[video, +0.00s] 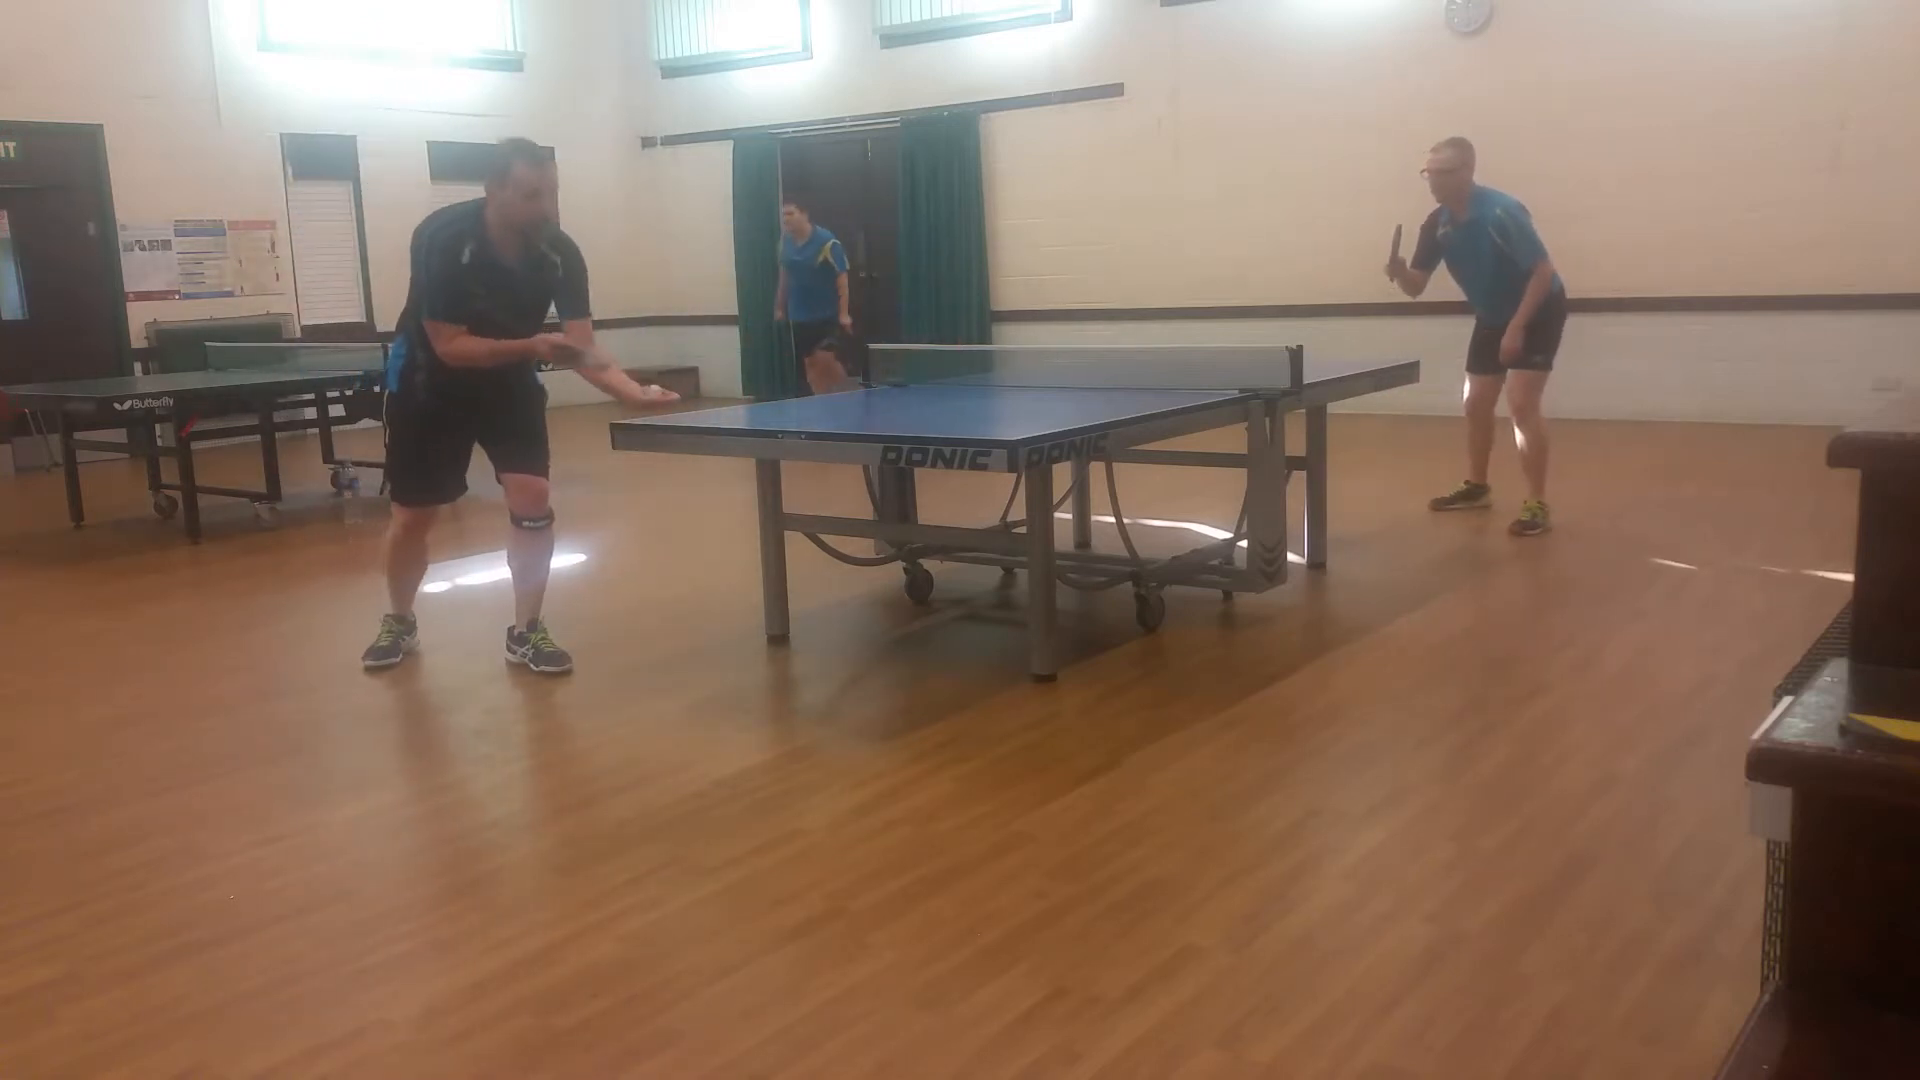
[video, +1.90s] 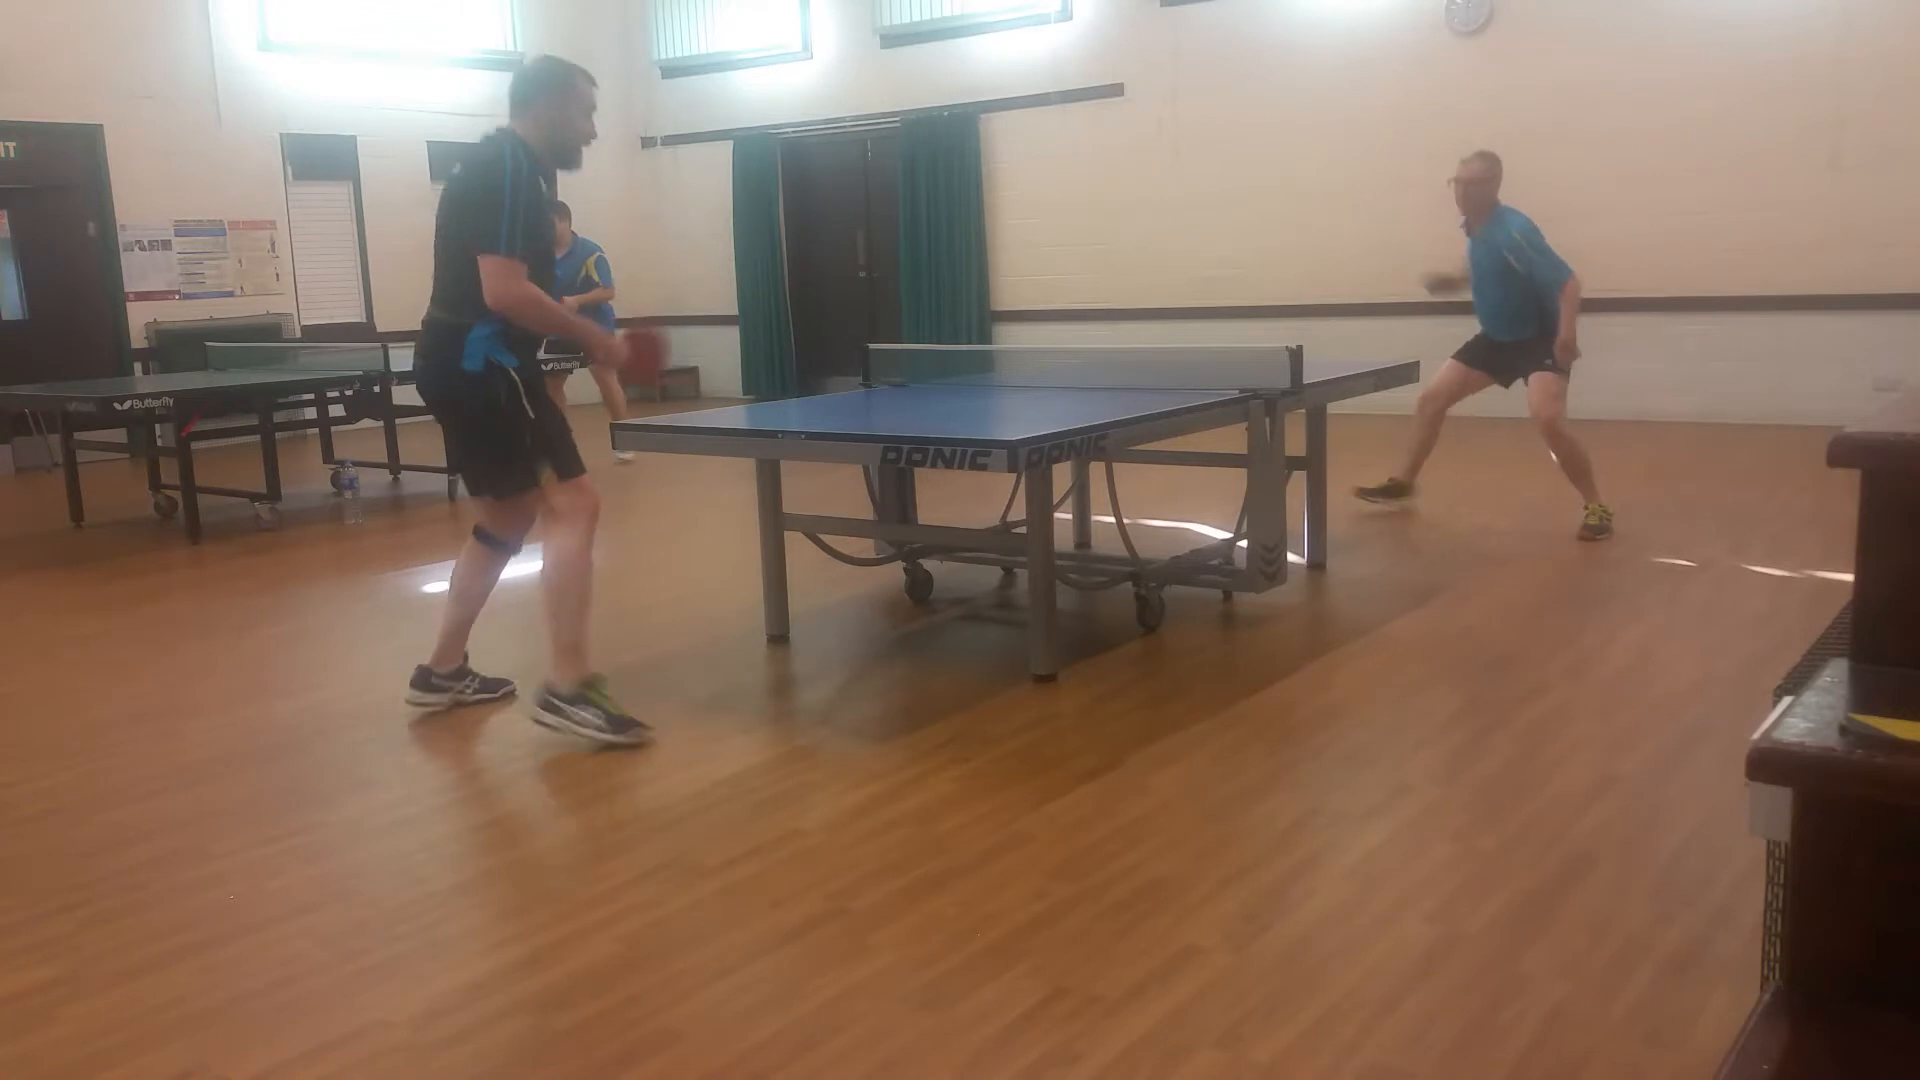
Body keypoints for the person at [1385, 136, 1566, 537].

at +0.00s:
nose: (1428, 181)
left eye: (1436, 174)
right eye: (1427, 174)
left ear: (1464, 174)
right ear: (1432, 176)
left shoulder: (1502, 211)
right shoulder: (1437, 224)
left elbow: (1543, 272)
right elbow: (1416, 285)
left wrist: (1516, 327)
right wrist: (1400, 273)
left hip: (1538, 307)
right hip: (1493, 313)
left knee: (1521, 403)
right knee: (1476, 403)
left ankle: (1536, 504)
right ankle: (1477, 486)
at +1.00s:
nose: (1426, 171)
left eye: (1435, 163)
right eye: (1424, 163)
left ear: (1462, 164)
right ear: (1426, 167)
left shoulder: (1498, 206)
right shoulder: (1436, 221)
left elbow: (1534, 271)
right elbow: (1428, 286)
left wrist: (1506, 326)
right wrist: (1398, 277)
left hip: (1527, 315)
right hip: (1481, 317)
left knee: (1506, 409)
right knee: (1434, 399)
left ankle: (1535, 503)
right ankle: (1434, 481)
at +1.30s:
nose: (1422, 203)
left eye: (1431, 196)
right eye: (1420, 195)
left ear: (1456, 198)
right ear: (1419, 198)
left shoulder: (1499, 236)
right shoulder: (1423, 248)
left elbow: (1535, 298)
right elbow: (1408, 304)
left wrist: (1501, 348)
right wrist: (1390, 324)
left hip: (1520, 327)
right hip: (1468, 331)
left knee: (1531, 409)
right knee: (1419, 408)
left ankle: (1577, 500)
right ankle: (1395, 493)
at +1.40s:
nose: (1430, 223)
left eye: (1438, 216)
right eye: (1428, 216)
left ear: (1464, 219)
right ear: (1427, 217)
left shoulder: (1506, 254)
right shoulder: (1431, 266)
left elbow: (1545, 317)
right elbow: (1423, 326)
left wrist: (1508, 364)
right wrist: (1404, 346)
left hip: (1531, 338)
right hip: (1478, 341)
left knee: (1548, 416)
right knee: (1418, 404)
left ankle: (1592, 505)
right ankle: (1393, 493)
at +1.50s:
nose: (1439, 246)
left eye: (1448, 238)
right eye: (1437, 238)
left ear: (1472, 240)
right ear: (1434, 239)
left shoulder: (1515, 268)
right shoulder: (1440, 284)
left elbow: (1558, 330)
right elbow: (1437, 342)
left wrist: (1525, 378)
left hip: (1537, 351)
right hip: (1482, 354)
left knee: (1559, 414)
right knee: (1415, 406)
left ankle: (1596, 504)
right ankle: (1393, 492)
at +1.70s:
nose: (1457, 231)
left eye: (1465, 225)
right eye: (1456, 223)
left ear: (1490, 224)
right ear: (1455, 221)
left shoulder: (1521, 257)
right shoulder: (1450, 256)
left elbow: (1581, 303)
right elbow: (1407, 288)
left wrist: (1580, 355)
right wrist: (1408, 308)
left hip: (1540, 352)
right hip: (1488, 353)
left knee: (1554, 419)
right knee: (1415, 408)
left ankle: (1596, 506)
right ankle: (1391, 492)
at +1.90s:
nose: (1460, 193)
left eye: (1470, 185)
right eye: (1458, 185)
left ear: (1493, 188)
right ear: (1455, 186)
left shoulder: (1517, 231)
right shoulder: (1473, 229)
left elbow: (1568, 283)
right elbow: (1488, 275)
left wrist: (1566, 337)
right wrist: (1454, 282)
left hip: (1541, 344)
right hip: (1496, 341)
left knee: (1547, 421)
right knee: (1432, 400)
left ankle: (1595, 507)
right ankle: (1404, 482)